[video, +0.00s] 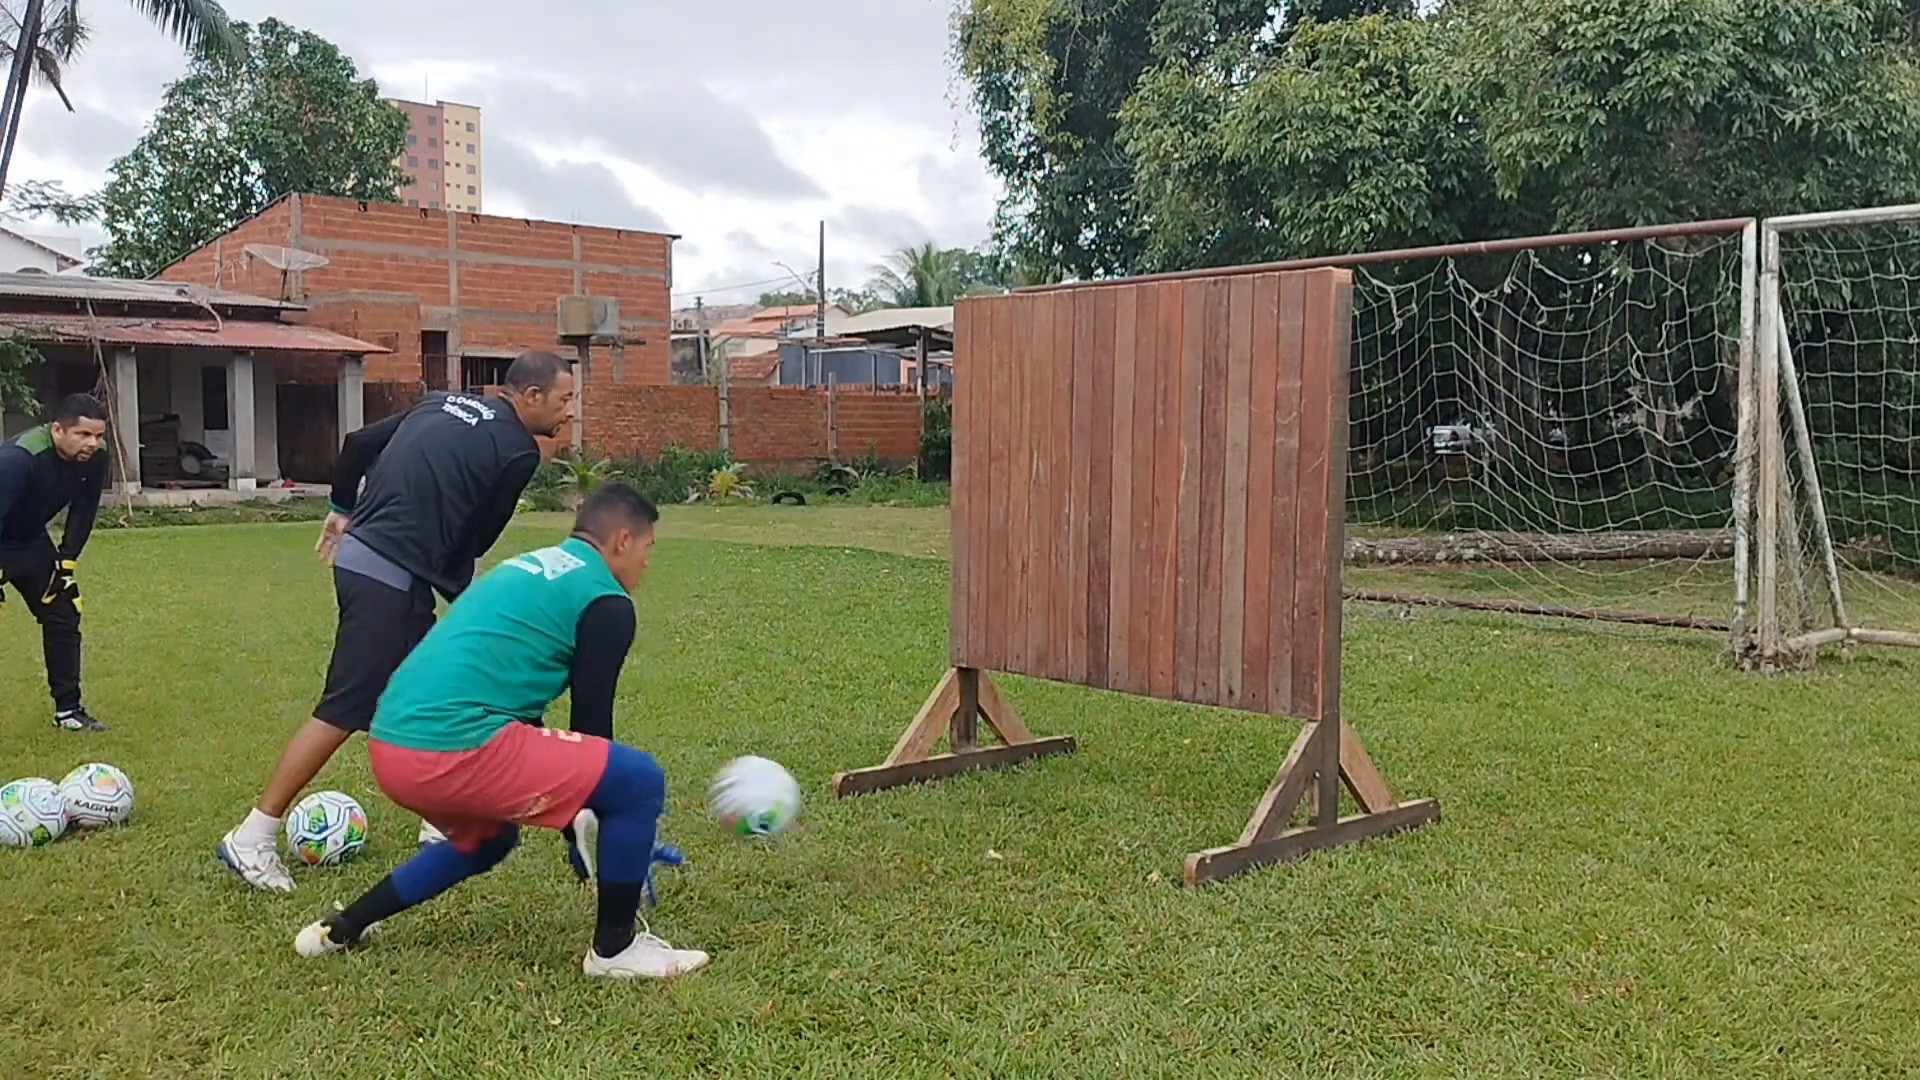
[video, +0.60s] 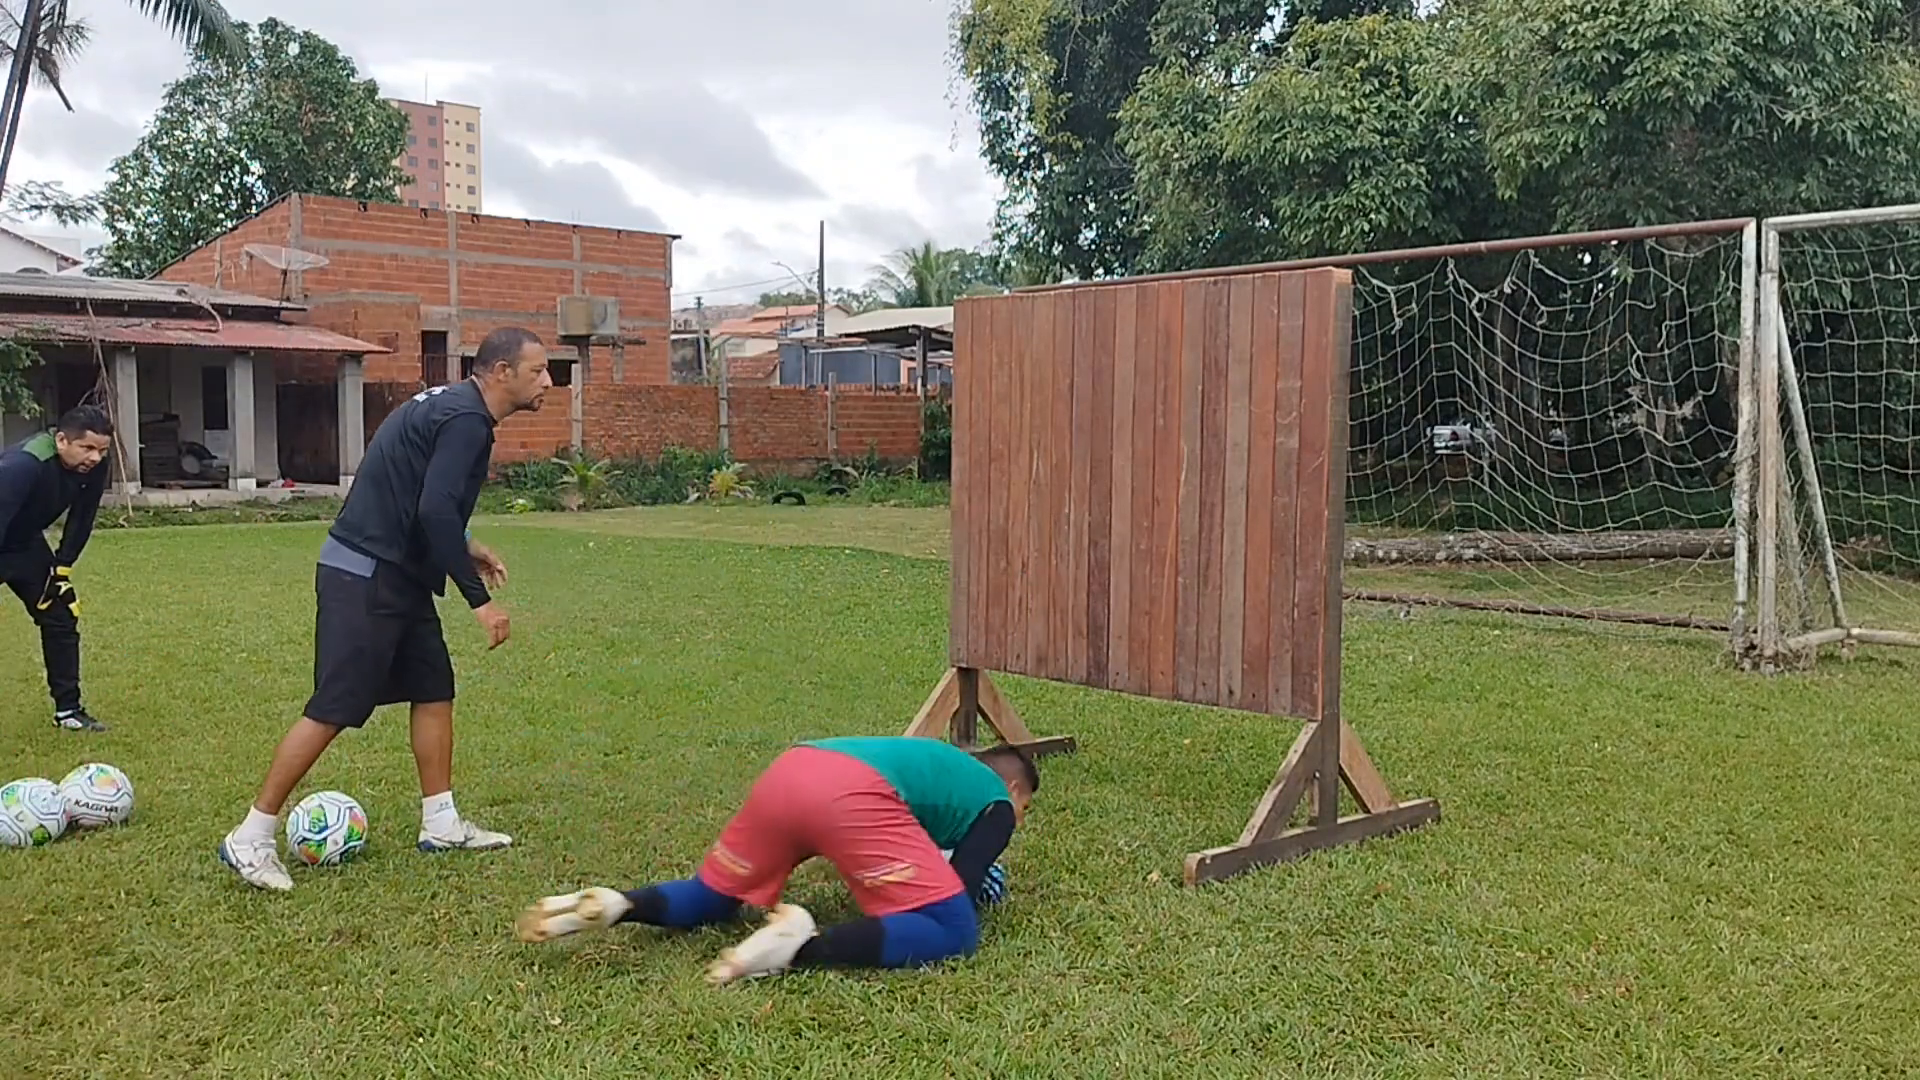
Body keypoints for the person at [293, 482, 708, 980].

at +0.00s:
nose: (646, 563)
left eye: (649, 550)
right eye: (646, 549)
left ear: (585, 535)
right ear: (621, 542)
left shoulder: (527, 564)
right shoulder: (605, 602)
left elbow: (513, 701)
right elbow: (592, 730)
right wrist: (593, 826)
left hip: (394, 749)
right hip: (459, 755)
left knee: (490, 840)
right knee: (637, 780)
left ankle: (340, 929)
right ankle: (616, 947)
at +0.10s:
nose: (707, 629)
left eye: (710, 616)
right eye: (707, 614)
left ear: (653, 594)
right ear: (682, 604)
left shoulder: (590, 615)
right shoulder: (662, 651)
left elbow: (553, 716)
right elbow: (592, 737)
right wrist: (600, 818)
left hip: (440, 767)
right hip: (500, 767)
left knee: (517, 876)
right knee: (679, 790)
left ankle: (349, 926)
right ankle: (617, 944)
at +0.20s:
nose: (764, 684)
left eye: (769, 672)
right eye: (766, 670)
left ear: (714, 645)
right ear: (745, 657)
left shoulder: (659, 660)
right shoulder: (720, 689)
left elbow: (626, 753)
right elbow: (663, 783)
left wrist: (707, 771)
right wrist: (725, 795)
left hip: (488, 783)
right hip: (541, 786)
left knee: (536, 910)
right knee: (712, 808)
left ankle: (365, 921)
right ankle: (619, 944)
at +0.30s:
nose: (833, 714)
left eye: (835, 702)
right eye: (832, 700)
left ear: (778, 681)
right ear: (809, 690)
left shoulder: (727, 703)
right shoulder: (789, 723)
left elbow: (722, 810)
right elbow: (812, 851)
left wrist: (805, 787)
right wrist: (848, 802)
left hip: (542, 796)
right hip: (596, 805)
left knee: (544, 915)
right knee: (765, 849)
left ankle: (376, 924)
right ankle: (621, 941)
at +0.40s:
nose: (918, 748)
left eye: (920, 736)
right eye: (917, 735)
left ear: (864, 711)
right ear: (894, 725)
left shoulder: (813, 736)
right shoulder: (875, 755)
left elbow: (790, 827)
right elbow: (906, 889)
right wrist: (923, 830)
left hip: (621, 776)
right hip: (671, 787)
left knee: (577, 909)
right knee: (815, 895)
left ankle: (406, 921)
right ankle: (644, 929)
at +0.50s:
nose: (982, 817)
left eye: (985, 808)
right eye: (988, 805)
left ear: (948, 766)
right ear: (976, 786)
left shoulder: (891, 775)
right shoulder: (953, 798)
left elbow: (848, 868)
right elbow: (935, 918)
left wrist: (907, 881)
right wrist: (959, 895)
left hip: (715, 770)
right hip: (770, 785)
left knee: (633, 903)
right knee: (874, 941)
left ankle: (495, 914)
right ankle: (704, 919)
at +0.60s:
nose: (1016, 808)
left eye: (1018, 799)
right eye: (1021, 799)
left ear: (983, 762)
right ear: (1014, 787)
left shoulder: (930, 764)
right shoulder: (998, 801)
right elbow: (952, 886)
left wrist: (966, 877)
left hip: (791, 765)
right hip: (855, 786)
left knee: (707, 895)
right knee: (951, 930)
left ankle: (615, 905)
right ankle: (802, 944)